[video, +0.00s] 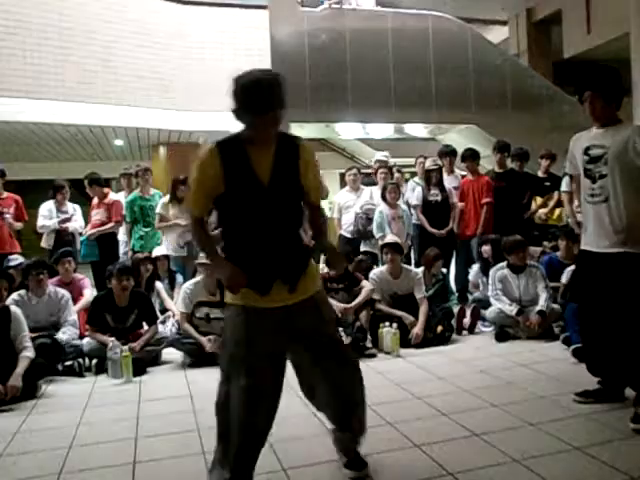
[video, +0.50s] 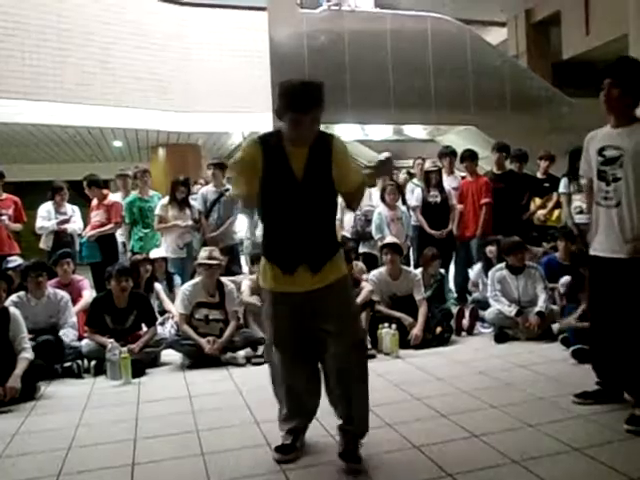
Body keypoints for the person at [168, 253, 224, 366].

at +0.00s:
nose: (208, 270)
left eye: (211, 266)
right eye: (203, 266)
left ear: (218, 267)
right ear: (198, 268)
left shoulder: (226, 289)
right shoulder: (189, 288)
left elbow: (233, 317)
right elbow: (183, 321)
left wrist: (223, 340)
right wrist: (202, 340)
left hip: (221, 336)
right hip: (196, 333)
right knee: (175, 341)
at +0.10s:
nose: (211, 271)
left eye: (215, 267)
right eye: (207, 267)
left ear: (221, 268)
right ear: (200, 268)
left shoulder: (229, 287)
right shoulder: (189, 288)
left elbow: (235, 319)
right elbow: (183, 321)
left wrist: (222, 341)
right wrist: (202, 340)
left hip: (222, 335)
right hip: (197, 335)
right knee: (174, 340)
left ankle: (199, 359)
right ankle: (220, 357)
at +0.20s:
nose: (211, 271)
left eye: (215, 267)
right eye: (207, 267)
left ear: (221, 268)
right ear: (199, 268)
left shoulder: (228, 287)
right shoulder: (189, 288)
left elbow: (234, 319)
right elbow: (182, 322)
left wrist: (221, 341)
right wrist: (202, 340)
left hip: (221, 334)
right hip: (196, 334)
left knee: (238, 343)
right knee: (174, 341)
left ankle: (198, 359)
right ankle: (223, 357)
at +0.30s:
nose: (211, 270)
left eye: (214, 267)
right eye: (207, 267)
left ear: (220, 268)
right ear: (199, 268)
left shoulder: (228, 287)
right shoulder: (188, 288)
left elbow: (233, 319)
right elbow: (182, 321)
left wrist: (221, 341)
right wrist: (201, 340)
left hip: (221, 334)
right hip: (197, 336)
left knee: (248, 334)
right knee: (173, 340)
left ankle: (198, 359)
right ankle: (223, 357)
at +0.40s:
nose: (211, 270)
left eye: (214, 266)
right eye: (206, 266)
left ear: (220, 268)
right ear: (199, 268)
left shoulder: (228, 287)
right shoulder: (188, 288)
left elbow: (233, 319)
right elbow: (182, 322)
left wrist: (221, 340)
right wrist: (201, 340)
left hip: (222, 335)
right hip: (197, 336)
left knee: (248, 334)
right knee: (174, 341)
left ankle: (200, 359)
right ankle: (224, 357)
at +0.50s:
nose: (210, 271)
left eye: (214, 267)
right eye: (206, 267)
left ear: (220, 269)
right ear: (199, 269)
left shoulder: (228, 289)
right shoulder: (188, 289)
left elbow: (234, 320)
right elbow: (182, 323)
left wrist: (221, 342)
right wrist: (201, 341)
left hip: (222, 334)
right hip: (197, 334)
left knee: (251, 337)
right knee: (173, 342)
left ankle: (200, 360)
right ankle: (221, 358)